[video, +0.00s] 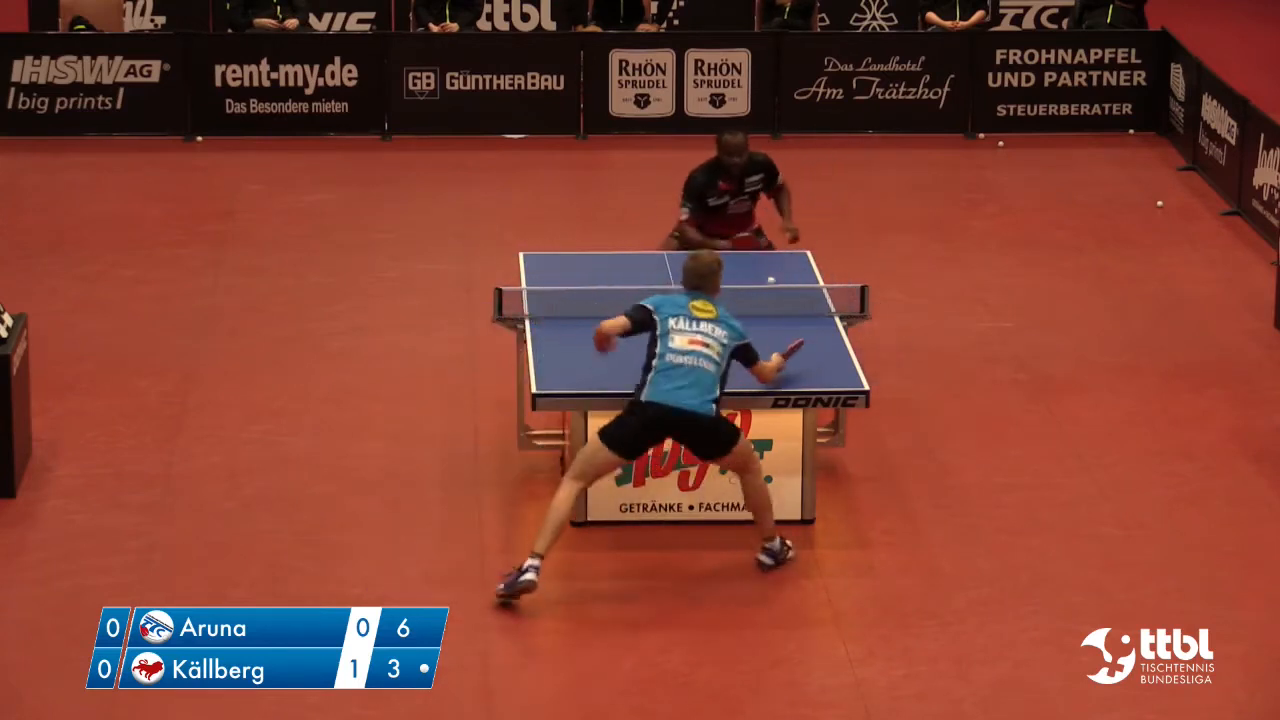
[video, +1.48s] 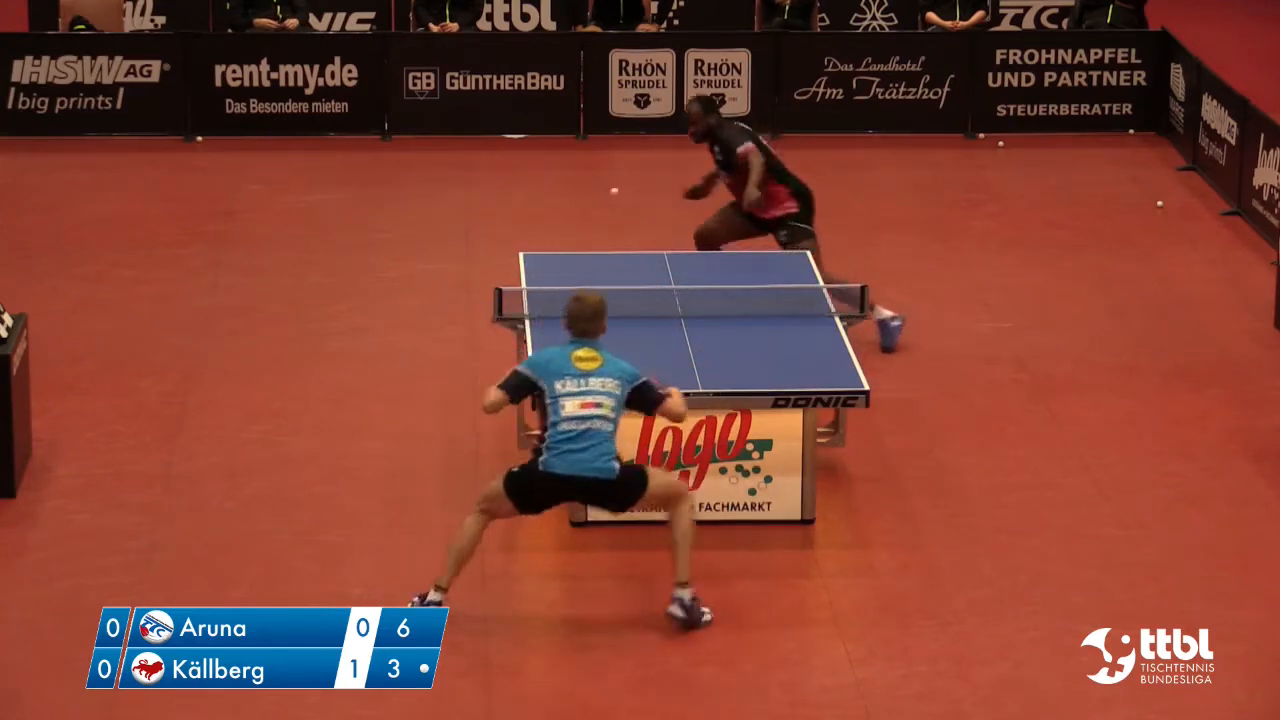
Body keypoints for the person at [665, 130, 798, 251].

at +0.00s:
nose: (736, 161)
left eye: (740, 155)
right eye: (729, 155)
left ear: (748, 150)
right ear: (718, 151)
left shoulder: (761, 165)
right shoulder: (700, 178)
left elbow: (779, 189)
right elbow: (684, 229)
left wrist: (787, 221)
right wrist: (715, 244)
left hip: (747, 234)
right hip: (703, 238)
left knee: (776, 269)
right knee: (658, 264)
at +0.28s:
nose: (756, 169)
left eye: (760, 163)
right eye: (750, 164)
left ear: (769, 154)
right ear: (740, 157)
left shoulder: (782, 158)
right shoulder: (724, 173)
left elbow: (797, 175)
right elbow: (698, 222)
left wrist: (818, 215)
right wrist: (734, 219)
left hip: (758, 225)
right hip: (719, 228)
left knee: (783, 267)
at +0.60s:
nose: (750, 138)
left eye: (756, 133)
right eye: (745, 133)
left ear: (765, 128)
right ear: (737, 130)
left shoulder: (783, 134)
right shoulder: (727, 149)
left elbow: (804, 154)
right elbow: (707, 173)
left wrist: (822, 196)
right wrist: (699, 186)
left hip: (784, 215)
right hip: (741, 217)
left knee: (816, 272)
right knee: (728, 269)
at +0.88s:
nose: (772, 132)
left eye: (777, 125)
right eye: (767, 126)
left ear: (789, 124)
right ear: (759, 125)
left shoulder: (815, 142)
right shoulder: (751, 152)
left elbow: (852, 167)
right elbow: (730, 181)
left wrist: (851, 215)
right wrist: (716, 193)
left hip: (818, 216)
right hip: (772, 217)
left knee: (855, 275)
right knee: (735, 262)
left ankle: (877, 324)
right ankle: (730, 326)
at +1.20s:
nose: (770, 142)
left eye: (775, 136)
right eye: (767, 136)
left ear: (790, 133)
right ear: (763, 136)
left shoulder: (812, 154)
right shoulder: (776, 156)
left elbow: (835, 202)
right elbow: (790, 195)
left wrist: (795, 234)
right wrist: (757, 211)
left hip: (844, 222)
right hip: (807, 220)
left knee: (877, 289)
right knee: (753, 255)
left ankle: (928, 329)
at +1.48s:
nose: (689, 128)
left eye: (693, 121)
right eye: (688, 122)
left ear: (711, 118)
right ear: (702, 119)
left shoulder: (731, 134)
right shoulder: (717, 138)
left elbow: (756, 158)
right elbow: (725, 165)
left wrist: (752, 187)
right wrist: (705, 184)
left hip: (788, 205)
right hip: (757, 206)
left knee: (814, 278)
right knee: (705, 236)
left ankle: (884, 316)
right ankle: (719, 303)